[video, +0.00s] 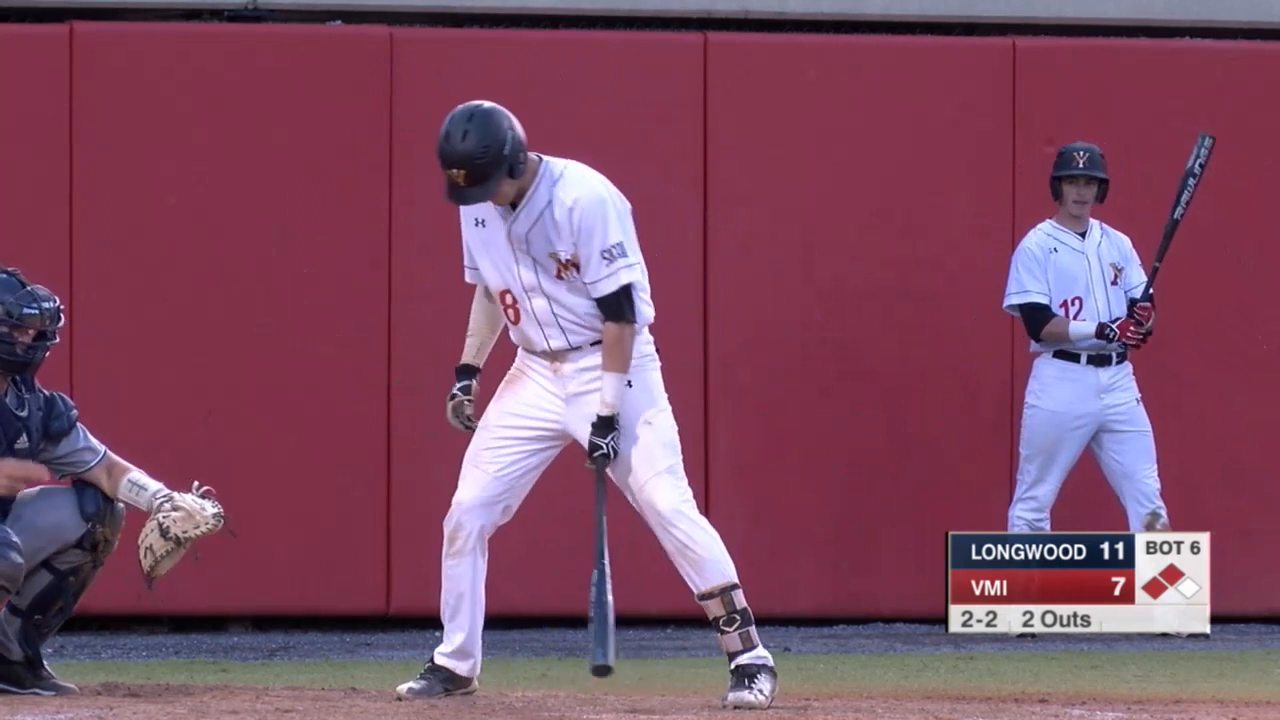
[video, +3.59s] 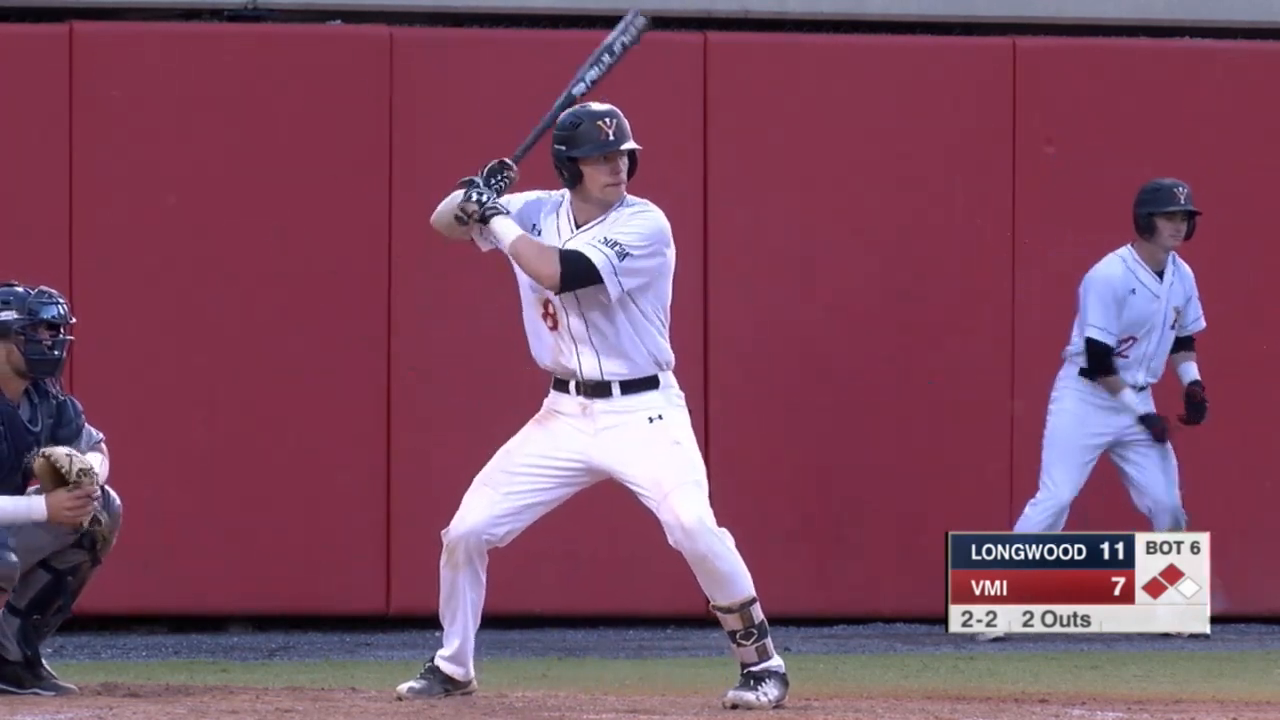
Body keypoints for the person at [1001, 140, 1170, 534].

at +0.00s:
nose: (1080, 191)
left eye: (1089, 183)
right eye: (1072, 182)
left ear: (1100, 189)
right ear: (1057, 186)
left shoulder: (1118, 244)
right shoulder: (1035, 246)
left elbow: (1142, 304)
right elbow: (1041, 326)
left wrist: (1142, 319)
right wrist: (1104, 331)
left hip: (1118, 384)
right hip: (1060, 383)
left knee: (1148, 504)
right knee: (1033, 504)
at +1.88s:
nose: (1147, 195)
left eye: (1152, 187)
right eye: (1138, 186)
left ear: (1158, 193)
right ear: (1115, 189)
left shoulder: (1152, 251)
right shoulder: (1086, 244)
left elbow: (1159, 321)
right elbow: (1110, 326)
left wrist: (1180, 336)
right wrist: (1166, 352)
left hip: (1132, 388)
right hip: (1080, 384)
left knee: (1160, 502)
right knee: (1048, 504)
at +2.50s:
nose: (1198, 209)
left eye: (1203, 201)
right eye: (1189, 200)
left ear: (1207, 206)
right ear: (1163, 203)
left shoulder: (1192, 257)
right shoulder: (1130, 259)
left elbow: (1185, 323)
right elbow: (1115, 345)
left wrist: (1208, 364)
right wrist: (1138, 411)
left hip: (1147, 386)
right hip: (1099, 382)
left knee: (1171, 495)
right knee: (1060, 484)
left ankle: (1179, 592)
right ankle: (1000, 576)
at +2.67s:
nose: (1175, 215)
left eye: (1179, 207)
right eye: (1165, 207)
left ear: (1183, 212)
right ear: (1140, 210)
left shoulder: (1174, 264)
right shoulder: (1102, 266)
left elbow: (1172, 330)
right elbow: (1078, 348)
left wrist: (1189, 369)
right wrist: (1080, 408)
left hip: (1135, 398)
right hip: (1081, 391)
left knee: (1165, 505)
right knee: (1047, 496)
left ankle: (1171, 609)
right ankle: (992, 591)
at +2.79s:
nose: (1147, 218)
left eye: (1153, 210)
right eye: (1138, 210)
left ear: (1158, 216)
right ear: (1114, 213)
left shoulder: (1154, 266)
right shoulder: (1074, 268)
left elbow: (1156, 329)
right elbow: (1043, 339)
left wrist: (1167, 369)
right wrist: (1024, 394)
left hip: (1118, 401)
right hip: (1062, 395)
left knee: (1151, 505)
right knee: (1038, 497)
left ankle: (1165, 606)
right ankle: (991, 594)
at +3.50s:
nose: (1166, 225)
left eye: (1170, 217)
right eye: (1156, 217)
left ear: (1174, 223)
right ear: (1131, 221)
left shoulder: (1168, 274)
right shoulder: (1091, 275)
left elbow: (1169, 335)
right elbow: (1068, 357)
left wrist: (1180, 378)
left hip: (1128, 402)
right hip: (1072, 396)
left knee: (1160, 508)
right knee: (1047, 498)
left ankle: (1171, 608)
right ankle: (994, 590)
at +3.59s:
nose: (1180, 226)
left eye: (1185, 218)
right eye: (1171, 218)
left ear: (1188, 224)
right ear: (1146, 221)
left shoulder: (1181, 275)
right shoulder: (1108, 275)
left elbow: (1183, 340)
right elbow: (1098, 361)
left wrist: (1193, 384)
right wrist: (1141, 411)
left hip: (1138, 404)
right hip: (1084, 399)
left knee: (1167, 507)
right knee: (1055, 499)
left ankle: (1177, 608)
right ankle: (996, 592)